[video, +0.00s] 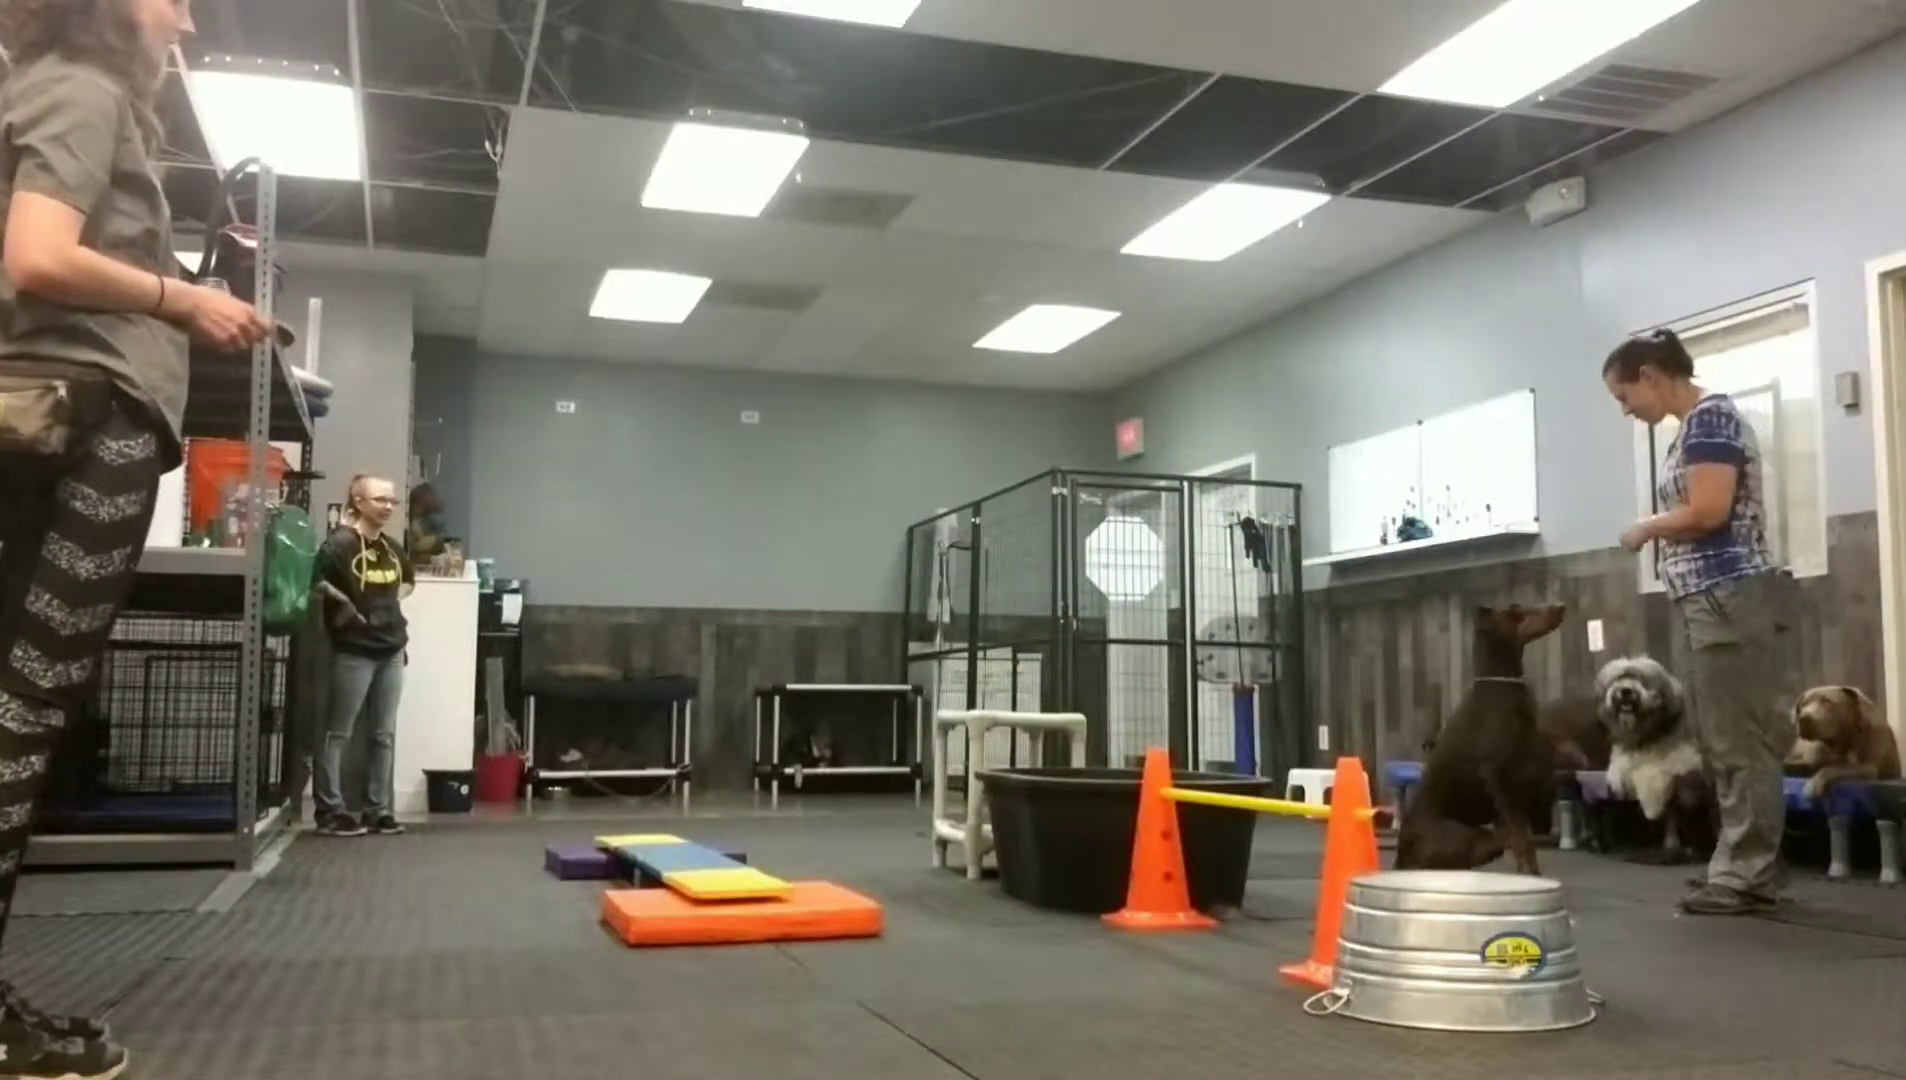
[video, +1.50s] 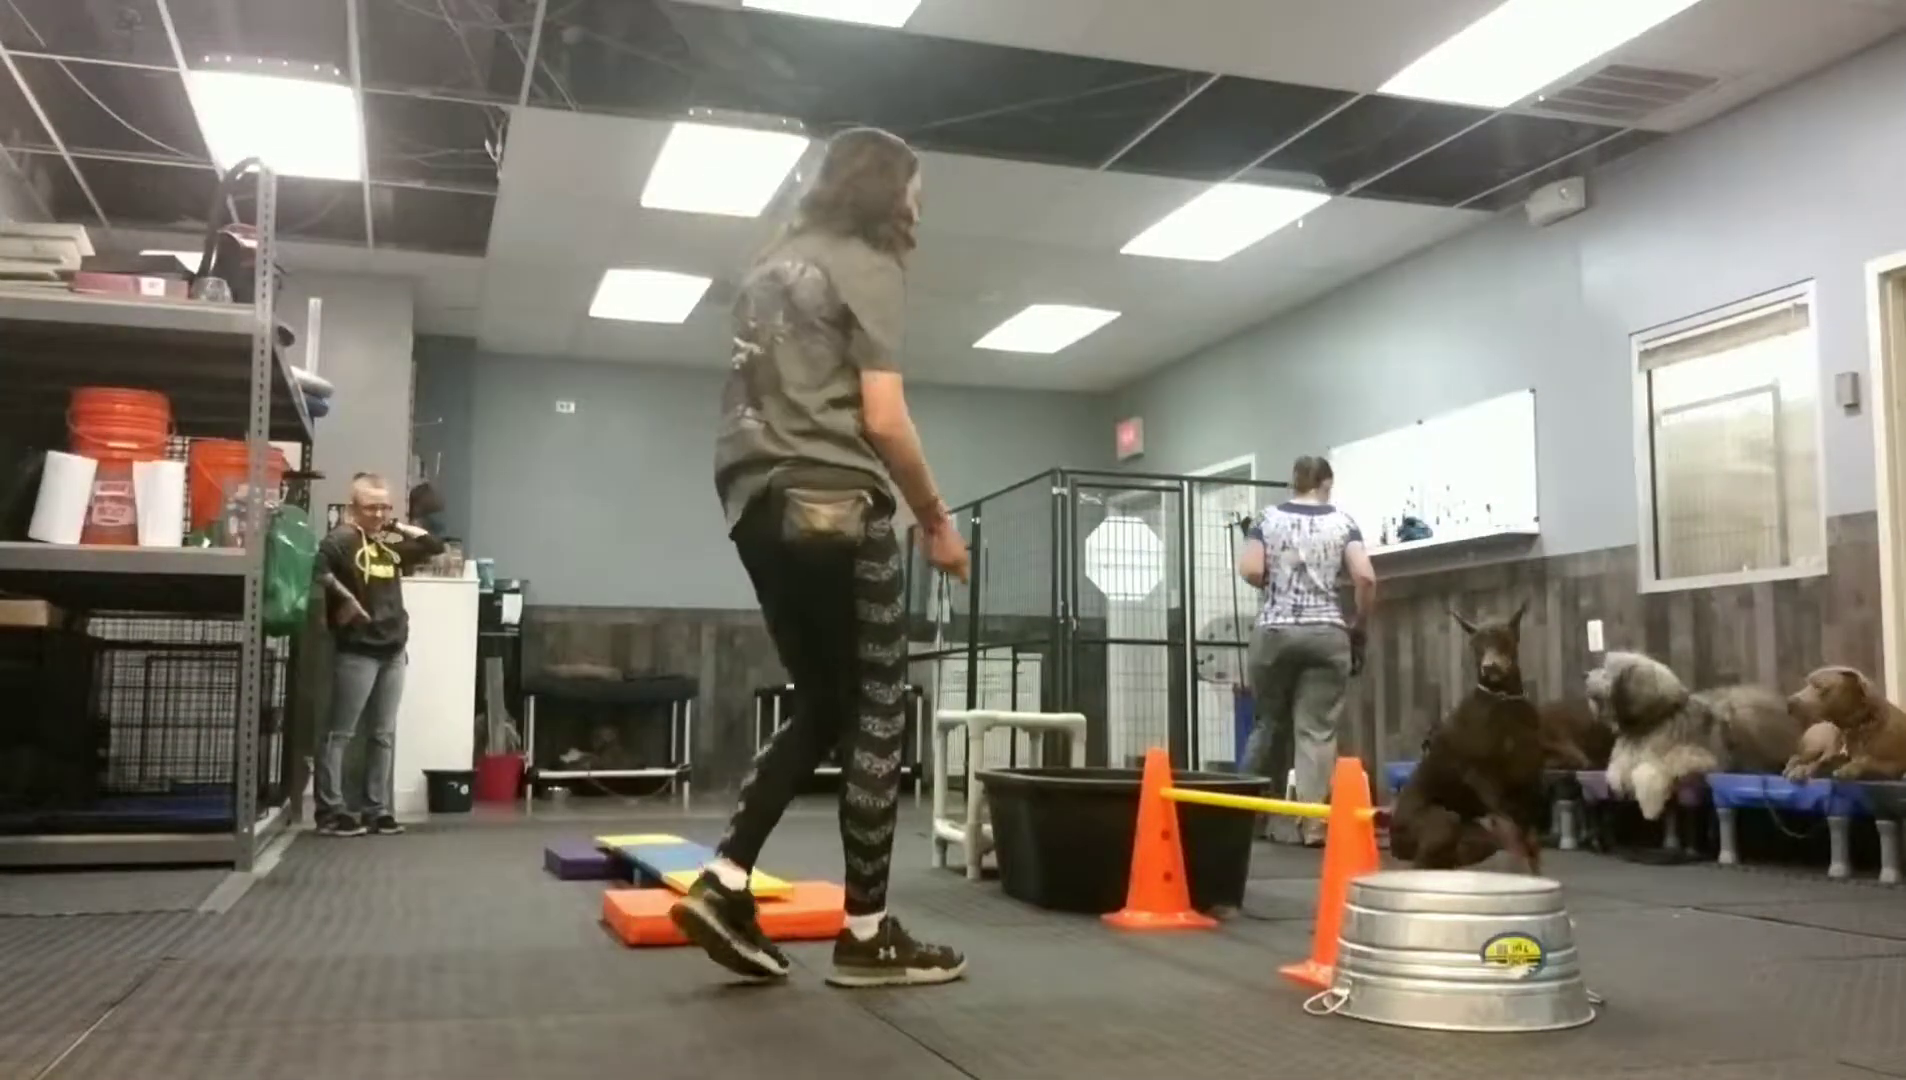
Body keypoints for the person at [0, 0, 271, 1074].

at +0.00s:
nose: (185, 26)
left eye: (186, 14)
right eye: (176, 8)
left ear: (110, 13)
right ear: (126, 4)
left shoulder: (91, 87)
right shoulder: (82, 85)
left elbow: (62, 259)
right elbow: (37, 256)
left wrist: (181, 291)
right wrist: (186, 298)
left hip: (81, 421)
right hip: (85, 423)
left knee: (39, 699)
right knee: (32, 703)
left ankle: (4, 1008)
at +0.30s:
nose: (193, 31)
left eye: (194, 16)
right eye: (184, 10)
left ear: (100, 15)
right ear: (134, 8)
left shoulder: (58, 90)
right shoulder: (93, 93)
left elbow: (58, 265)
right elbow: (46, 265)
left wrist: (183, 291)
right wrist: (186, 305)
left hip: (60, 415)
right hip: (92, 421)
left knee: (49, 706)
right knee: (57, 711)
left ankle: (3, 1002)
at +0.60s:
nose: (222, 44)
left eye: (224, 24)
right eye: (212, 21)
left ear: (118, 28)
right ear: (158, 24)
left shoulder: (49, 118)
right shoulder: (126, 116)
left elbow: (52, 282)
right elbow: (69, 277)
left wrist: (188, 313)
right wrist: (197, 322)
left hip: (29, 438)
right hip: (115, 441)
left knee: (26, 720)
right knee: (238, 680)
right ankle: (207, 971)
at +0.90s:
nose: (441, 90)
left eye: (438, 71)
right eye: (429, 70)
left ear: (332, 78)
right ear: (380, 73)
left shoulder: (283, 175)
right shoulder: (388, 166)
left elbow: (271, 319)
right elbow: (370, 318)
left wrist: (383, 352)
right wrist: (458, 356)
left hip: (299, 449)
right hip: (373, 449)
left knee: (327, 722)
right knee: (394, 718)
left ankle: (134, 890)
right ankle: (363, 970)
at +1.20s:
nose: (694, 150)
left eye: (692, 131)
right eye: (688, 132)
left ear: (607, 138)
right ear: (657, 139)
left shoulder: (566, 235)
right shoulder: (648, 225)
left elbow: (528, 395)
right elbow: (643, 369)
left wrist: (665, 409)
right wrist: (715, 403)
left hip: (583, 497)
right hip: (638, 494)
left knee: (657, 718)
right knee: (671, 724)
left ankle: (677, 940)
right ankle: (480, 882)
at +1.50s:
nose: (919, 210)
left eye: (919, 194)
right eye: (913, 193)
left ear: (834, 187)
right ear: (883, 192)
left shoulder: (770, 265)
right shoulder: (867, 266)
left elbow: (768, 397)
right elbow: (884, 416)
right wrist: (935, 518)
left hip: (761, 504)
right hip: (838, 504)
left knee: (818, 705)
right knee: (878, 709)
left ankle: (726, 878)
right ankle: (868, 927)